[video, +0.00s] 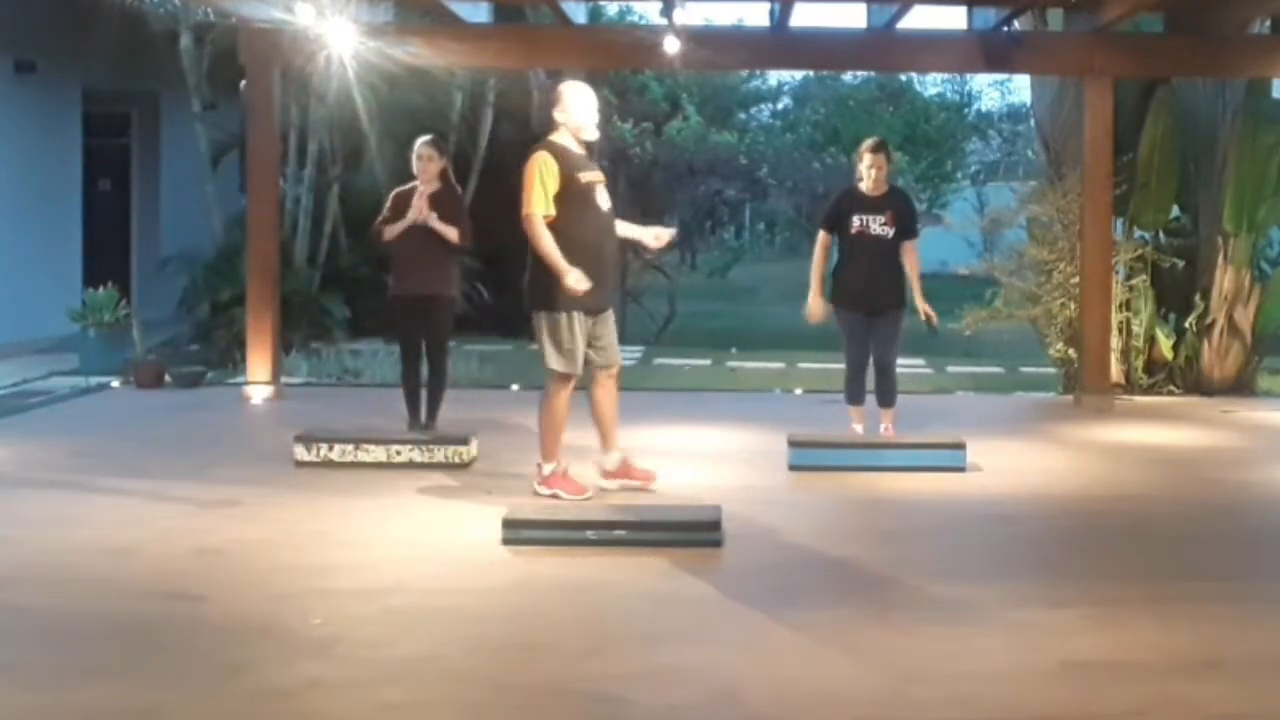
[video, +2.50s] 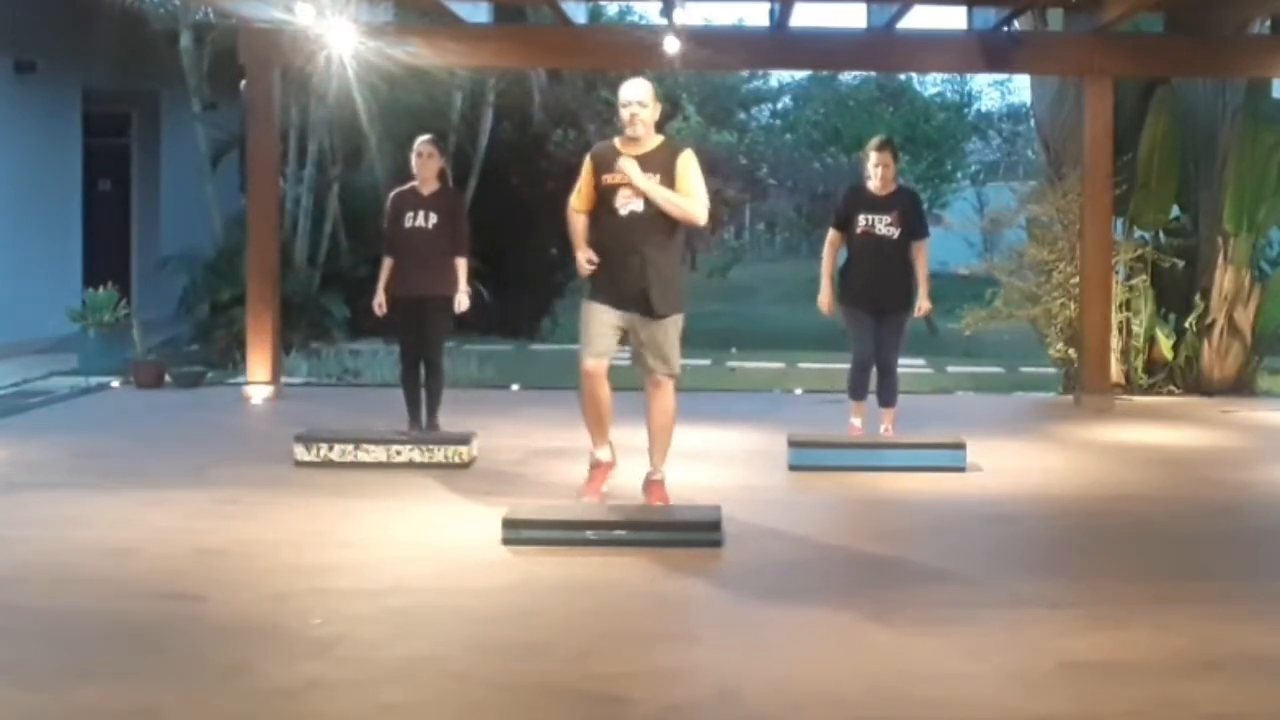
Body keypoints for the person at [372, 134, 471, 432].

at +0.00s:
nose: (423, 164)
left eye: (429, 158)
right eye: (418, 157)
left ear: (442, 163)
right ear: (412, 161)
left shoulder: (452, 196)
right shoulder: (400, 195)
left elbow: (463, 238)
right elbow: (380, 235)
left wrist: (432, 221)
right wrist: (408, 219)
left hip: (439, 291)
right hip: (406, 291)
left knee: (437, 356)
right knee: (410, 357)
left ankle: (431, 419)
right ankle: (414, 418)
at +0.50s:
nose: (414, 170)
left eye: (421, 164)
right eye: (411, 163)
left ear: (435, 167)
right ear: (405, 167)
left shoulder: (448, 201)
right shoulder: (396, 203)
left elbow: (462, 244)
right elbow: (384, 246)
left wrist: (430, 227)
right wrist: (402, 227)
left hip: (434, 296)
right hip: (401, 295)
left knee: (428, 359)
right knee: (407, 359)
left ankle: (429, 418)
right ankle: (413, 418)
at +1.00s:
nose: (414, 171)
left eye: (420, 166)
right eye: (410, 165)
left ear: (433, 168)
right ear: (403, 167)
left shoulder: (446, 204)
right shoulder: (391, 204)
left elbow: (455, 254)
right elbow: (384, 254)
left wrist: (459, 293)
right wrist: (377, 294)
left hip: (437, 297)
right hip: (403, 297)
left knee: (437, 361)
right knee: (410, 362)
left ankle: (431, 418)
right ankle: (414, 419)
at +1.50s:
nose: (415, 168)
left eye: (421, 162)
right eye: (410, 162)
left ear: (433, 164)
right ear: (404, 165)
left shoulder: (447, 200)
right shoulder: (393, 201)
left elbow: (455, 249)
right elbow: (386, 251)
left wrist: (462, 289)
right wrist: (376, 290)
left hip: (433, 295)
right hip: (399, 295)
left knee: (428, 359)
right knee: (405, 361)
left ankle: (428, 421)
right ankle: (413, 421)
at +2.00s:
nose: (422, 164)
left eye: (428, 159)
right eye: (417, 158)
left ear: (439, 163)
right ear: (409, 163)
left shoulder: (453, 200)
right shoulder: (398, 200)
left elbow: (461, 245)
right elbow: (390, 250)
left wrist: (464, 280)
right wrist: (380, 286)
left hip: (441, 294)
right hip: (407, 294)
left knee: (437, 361)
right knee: (411, 360)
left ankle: (432, 421)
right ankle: (414, 419)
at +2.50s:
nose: (422, 161)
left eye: (429, 155)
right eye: (418, 155)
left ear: (441, 162)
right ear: (411, 160)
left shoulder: (452, 200)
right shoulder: (398, 198)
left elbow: (460, 247)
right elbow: (390, 248)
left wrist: (462, 287)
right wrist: (381, 288)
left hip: (438, 293)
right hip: (404, 293)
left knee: (433, 357)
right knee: (409, 359)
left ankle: (432, 418)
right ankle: (414, 420)